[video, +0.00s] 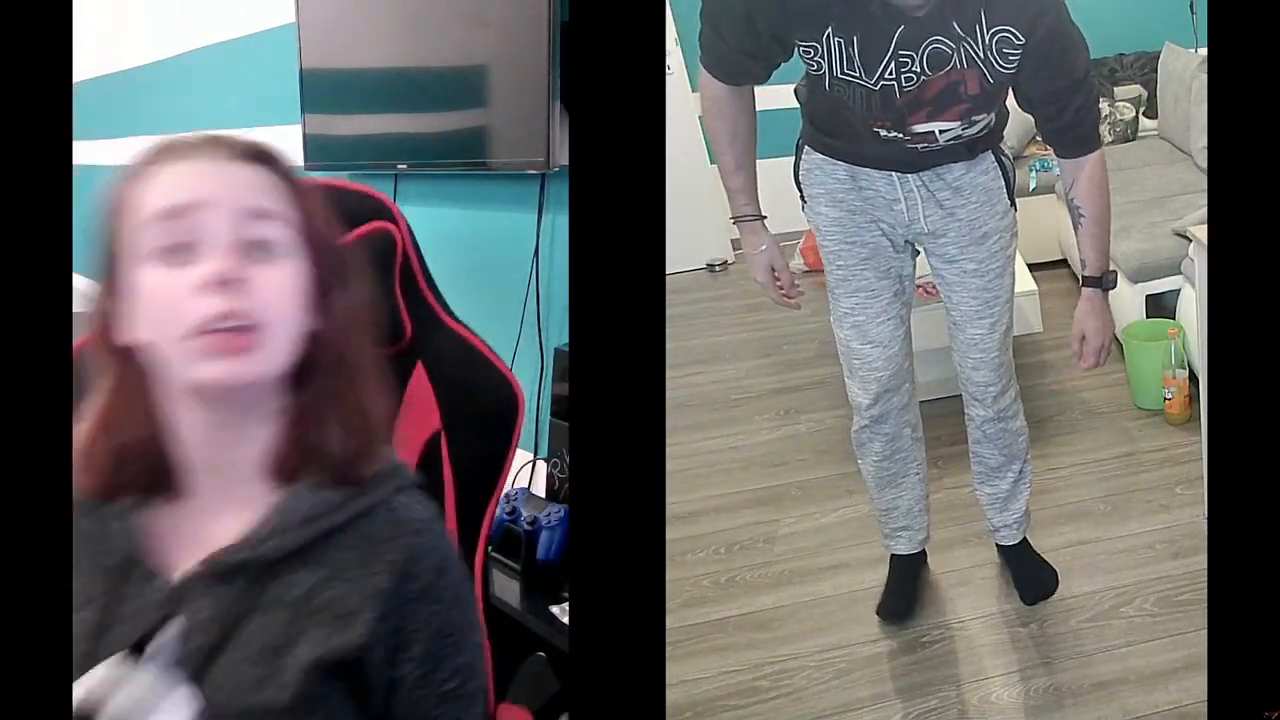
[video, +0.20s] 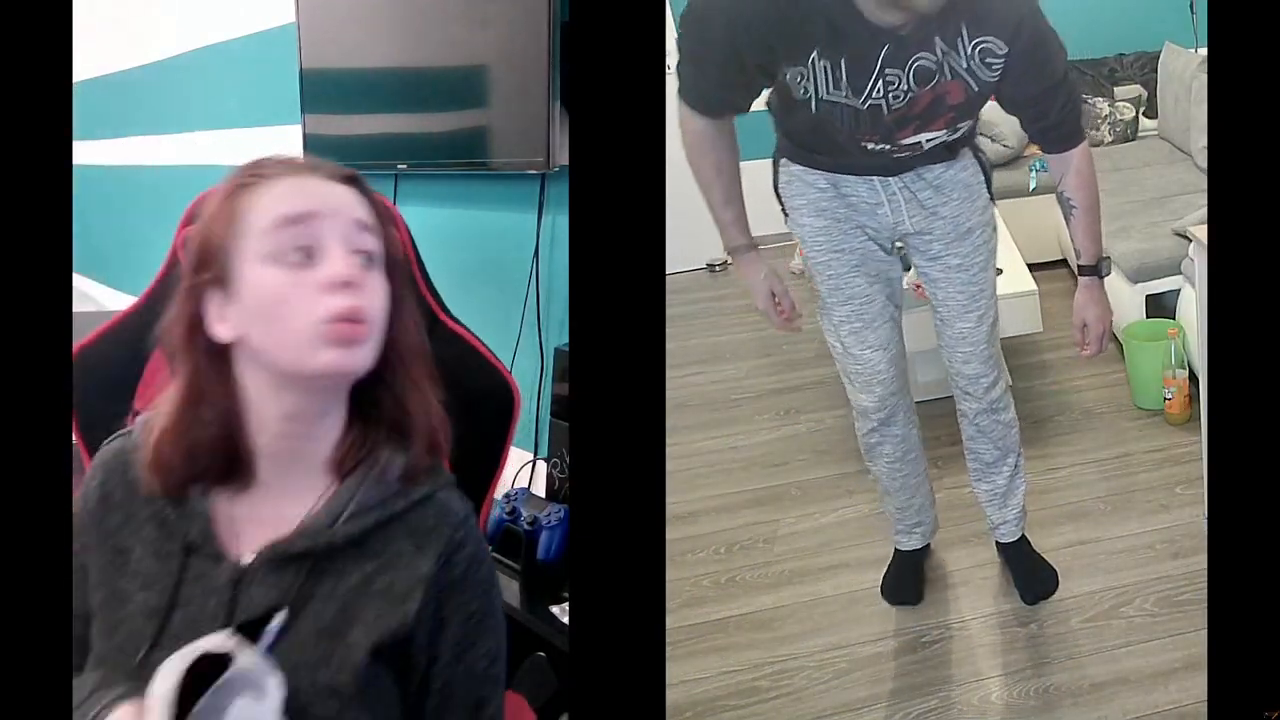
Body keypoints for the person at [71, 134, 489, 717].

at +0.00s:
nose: (225, 274)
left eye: (262, 246)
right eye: (177, 251)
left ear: (318, 295)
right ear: (118, 313)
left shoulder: (397, 553)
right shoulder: (84, 545)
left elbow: (453, 706)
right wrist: (86, 698)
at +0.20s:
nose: (348, 274)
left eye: (367, 256)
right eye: (301, 254)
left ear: (391, 300)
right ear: (219, 311)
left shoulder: (437, 538)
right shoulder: (119, 485)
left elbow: (468, 707)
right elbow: (74, 667)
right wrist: (109, 706)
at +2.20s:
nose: (300, 308)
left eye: (324, 282)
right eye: (261, 280)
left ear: (348, 314)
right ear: (192, 314)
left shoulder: (387, 526)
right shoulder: (133, 488)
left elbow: (406, 706)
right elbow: (79, 669)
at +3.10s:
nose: (223, 334)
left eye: (267, 309)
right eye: (206, 303)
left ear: (343, 325)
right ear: (188, 311)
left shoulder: (407, 542)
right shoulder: (155, 481)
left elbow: (426, 705)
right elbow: (77, 674)